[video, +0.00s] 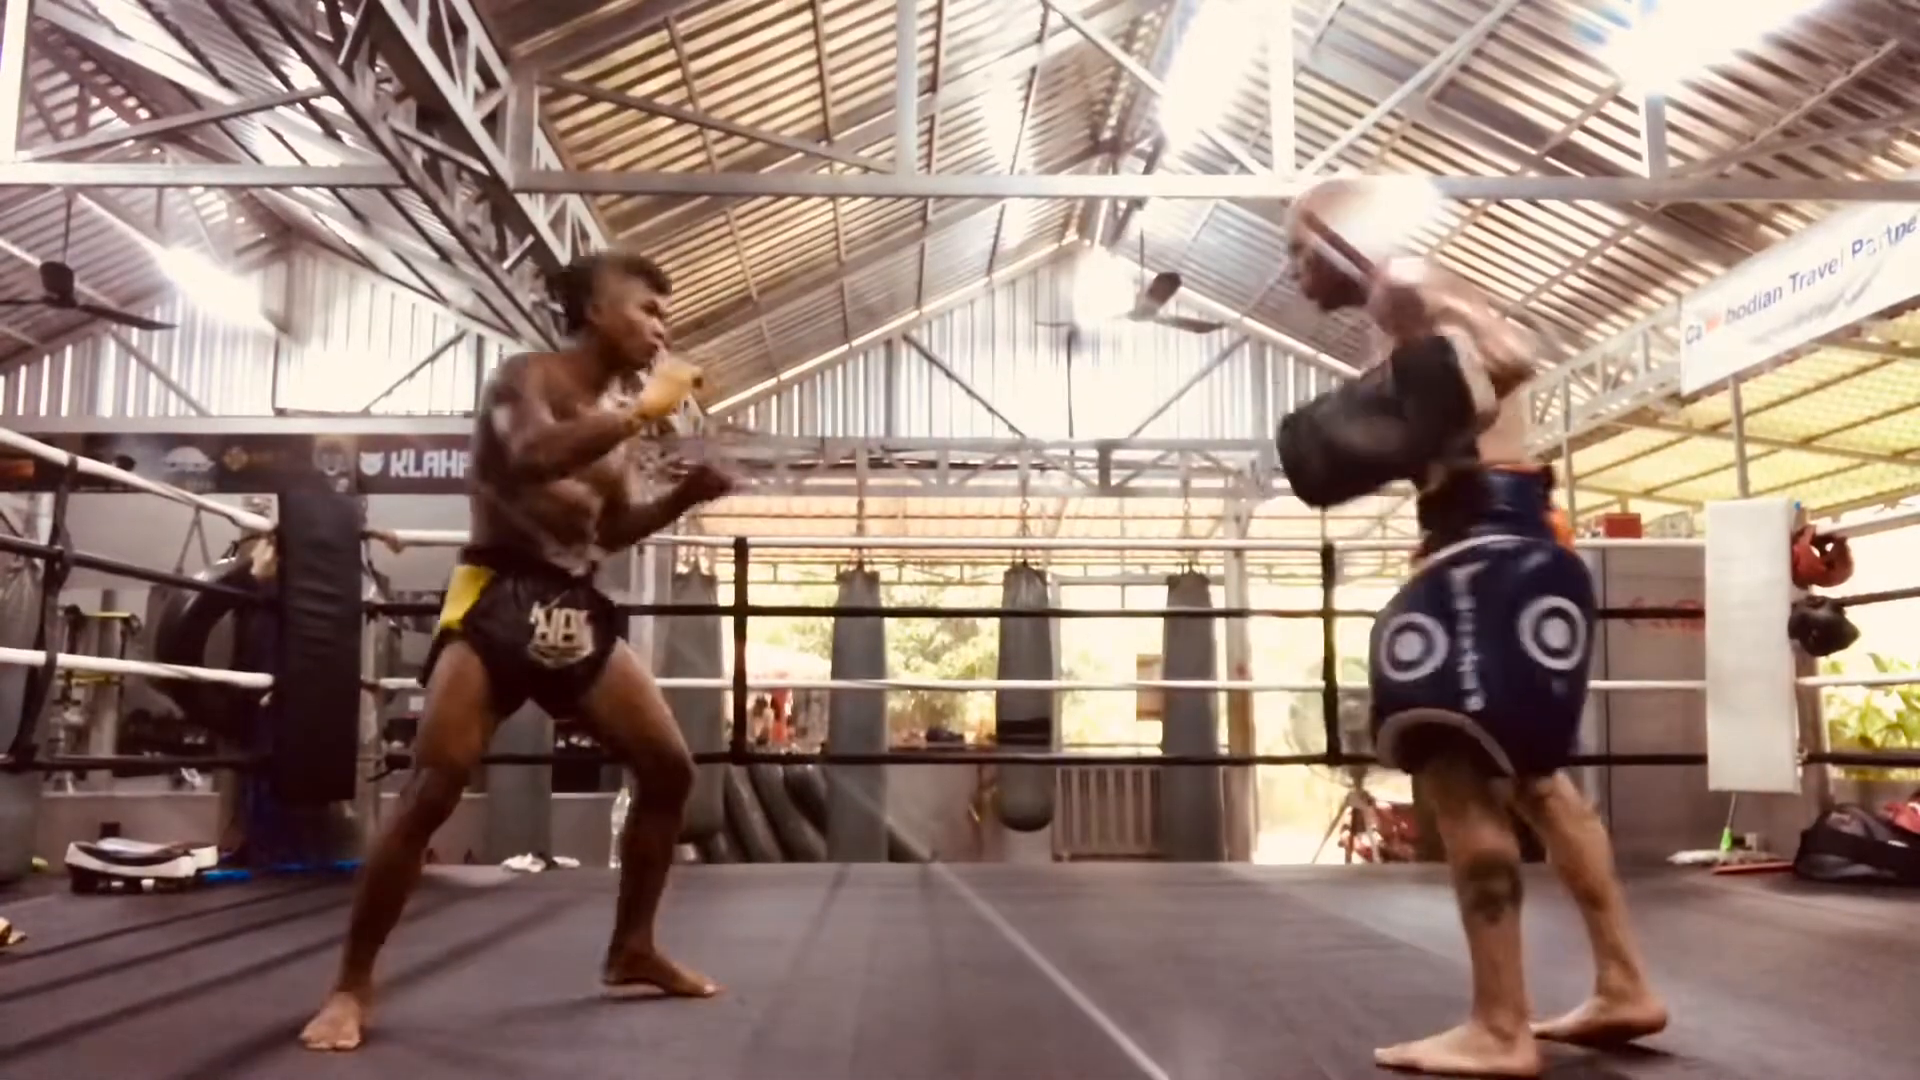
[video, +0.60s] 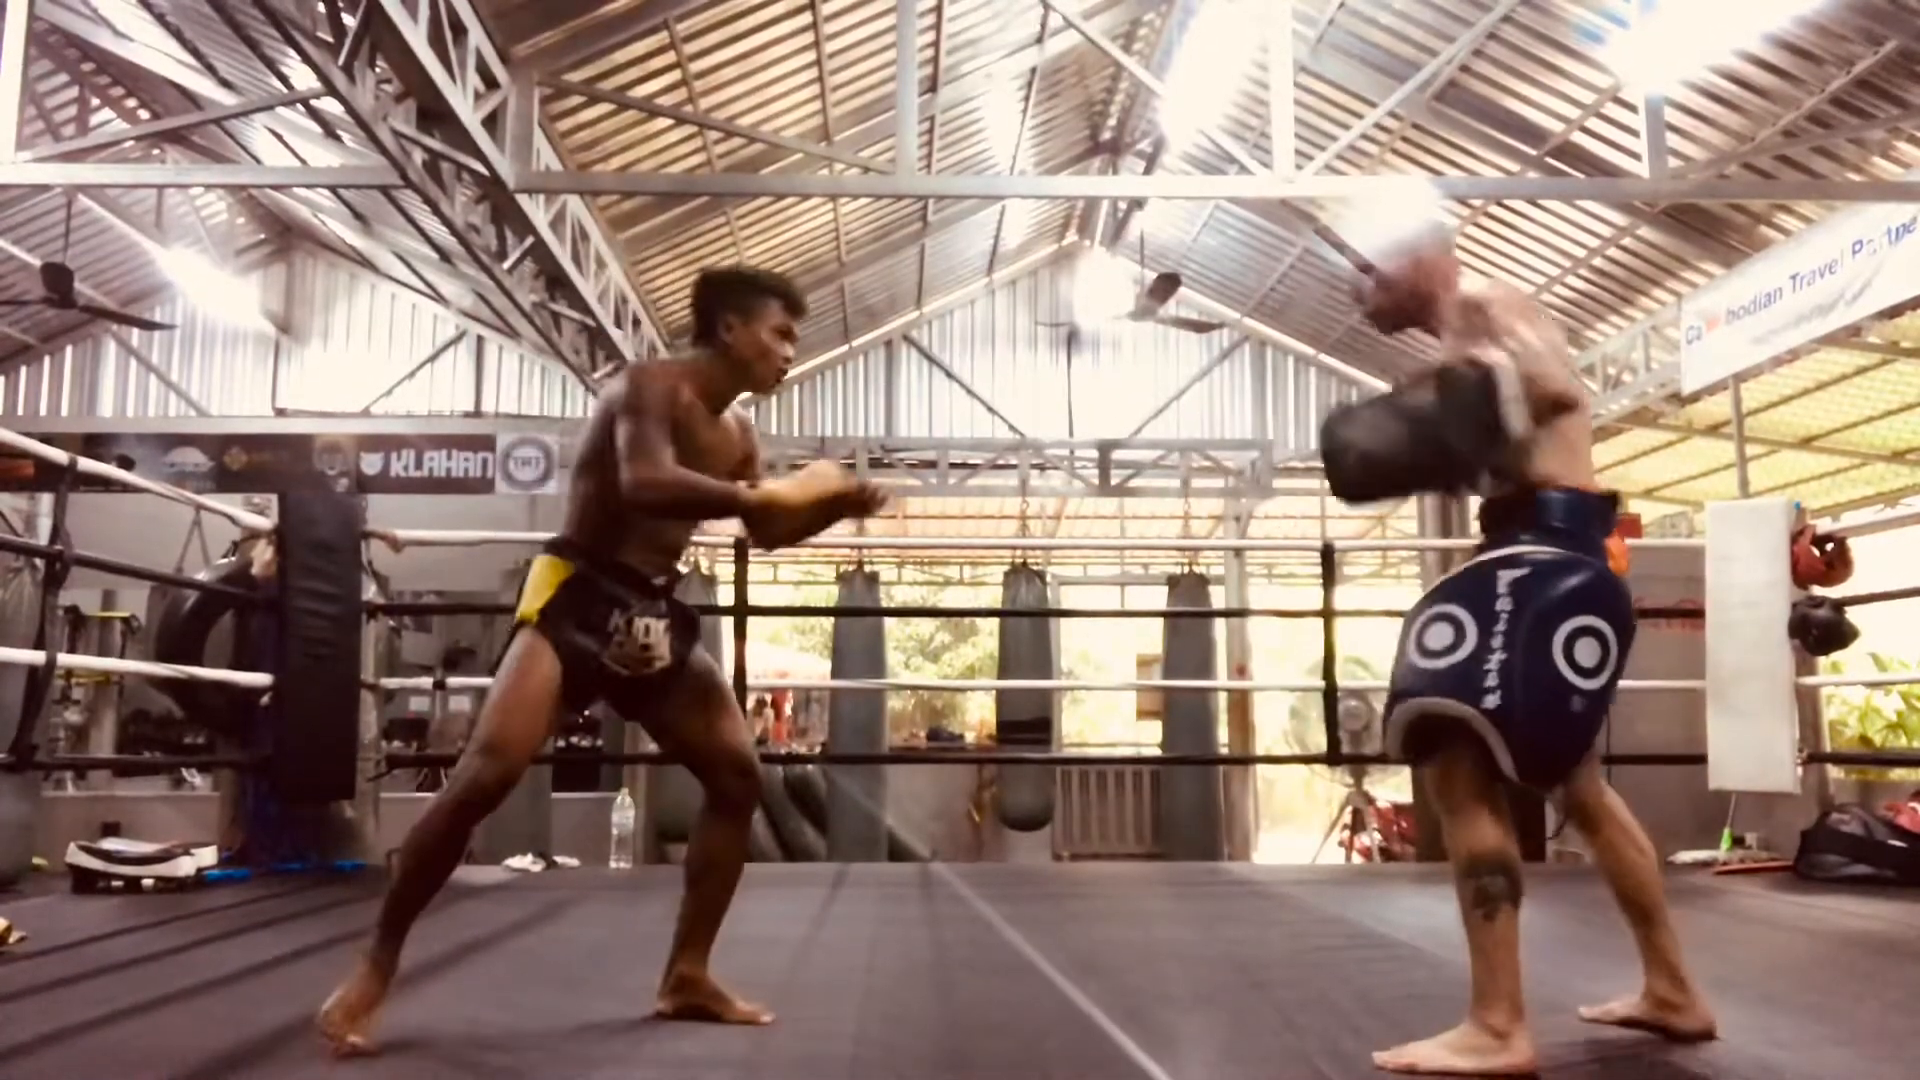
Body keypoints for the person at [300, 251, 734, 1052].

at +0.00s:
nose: (660, 321)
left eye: (661, 308)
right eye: (645, 304)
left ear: (642, 326)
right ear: (590, 309)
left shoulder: (619, 416)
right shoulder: (525, 375)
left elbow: (612, 531)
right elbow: (523, 458)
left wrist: (683, 497)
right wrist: (635, 413)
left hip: (579, 609)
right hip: (496, 597)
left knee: (669, 768)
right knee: (433, 791)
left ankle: (633, 950)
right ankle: (350, 989)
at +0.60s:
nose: (789, 354)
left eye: (792, 339)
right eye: (780, 334)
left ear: (745, 337)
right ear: (728, 327)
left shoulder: (738, 438)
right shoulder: (650, 384)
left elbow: (766, 529)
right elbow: (644, 482)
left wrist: (834, 504)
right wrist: (757, 497)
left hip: (654, 614)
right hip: (576, 592)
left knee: (738, 779)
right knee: (484, 776)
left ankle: (689, 975)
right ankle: (377, 966)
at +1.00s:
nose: (724, 303)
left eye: (726, 289)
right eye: (713, 284)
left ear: (671, 286)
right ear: (660, 279)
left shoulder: (639, 387)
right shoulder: (580, 342)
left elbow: (679, 502)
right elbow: (620, 422)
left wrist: (752, 441)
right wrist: (726, 380)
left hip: (593, 584)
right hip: (514, 569)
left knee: (667, 780)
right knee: (441, 791)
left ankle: (678, 979)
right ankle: (337, 1012)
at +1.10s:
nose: (693, 294)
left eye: (695, 280)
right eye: (684, 274)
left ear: (649, 279)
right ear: (627, 265)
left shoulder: (618, 379)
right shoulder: (542, 331)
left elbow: (640, 499)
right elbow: (567, 417)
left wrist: (725, 467)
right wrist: (686, 388)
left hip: (571, 582)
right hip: (489, 568)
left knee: (648, 773)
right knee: (426, 792)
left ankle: (669, 980)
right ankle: (336, 1012)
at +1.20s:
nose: (681, 283)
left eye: (683, 267)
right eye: (670, 262)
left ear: (641, 270)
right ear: (611, 255)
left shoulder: (618, 377)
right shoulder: (526, 321)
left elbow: (670, 483)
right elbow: (534, 409)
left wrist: (728, 424)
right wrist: (673, 394)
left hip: (566, 582)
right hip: (479, 568)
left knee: (650, 771)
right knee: (418, 798)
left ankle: (668, 980)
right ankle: (335, 1012)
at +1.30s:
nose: (683, 279)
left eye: (685, 262)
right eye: (671, 258)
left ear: (627, 262)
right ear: (613, 254)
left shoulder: (642, 373)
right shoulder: (533, 327)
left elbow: (684, 474)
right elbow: (564, 401)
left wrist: (743, 421)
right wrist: (718, 412)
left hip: (576, 581)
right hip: (487, 571)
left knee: (687, 754)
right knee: (420, 803)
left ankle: (650, 972)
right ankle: (337, 1011)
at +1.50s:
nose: (710, 264)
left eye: (709, 250)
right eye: (696, 247)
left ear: (652, 254)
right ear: (643, 250)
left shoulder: (649, 337)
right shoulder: (618, 310)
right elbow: (756, 355)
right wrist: (765, 313)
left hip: (662, 576)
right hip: (599, 564)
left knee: (740, 792)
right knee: (594, 780)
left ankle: (638, 1008)